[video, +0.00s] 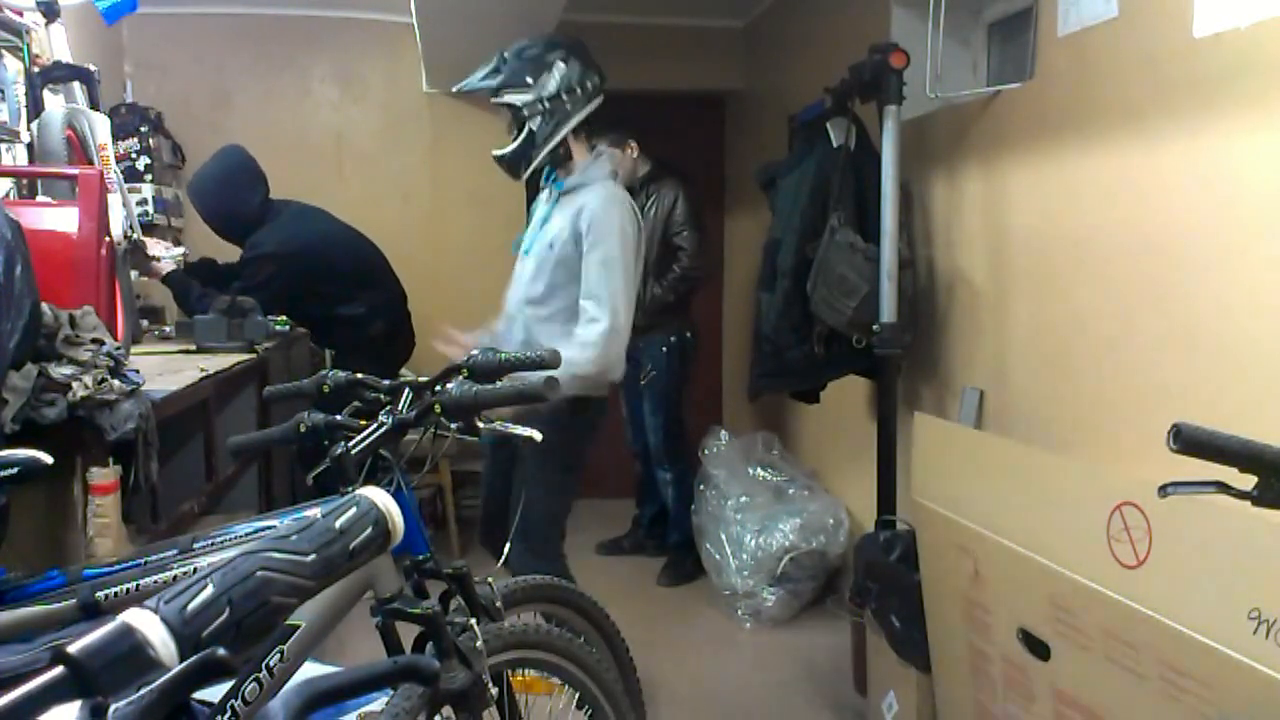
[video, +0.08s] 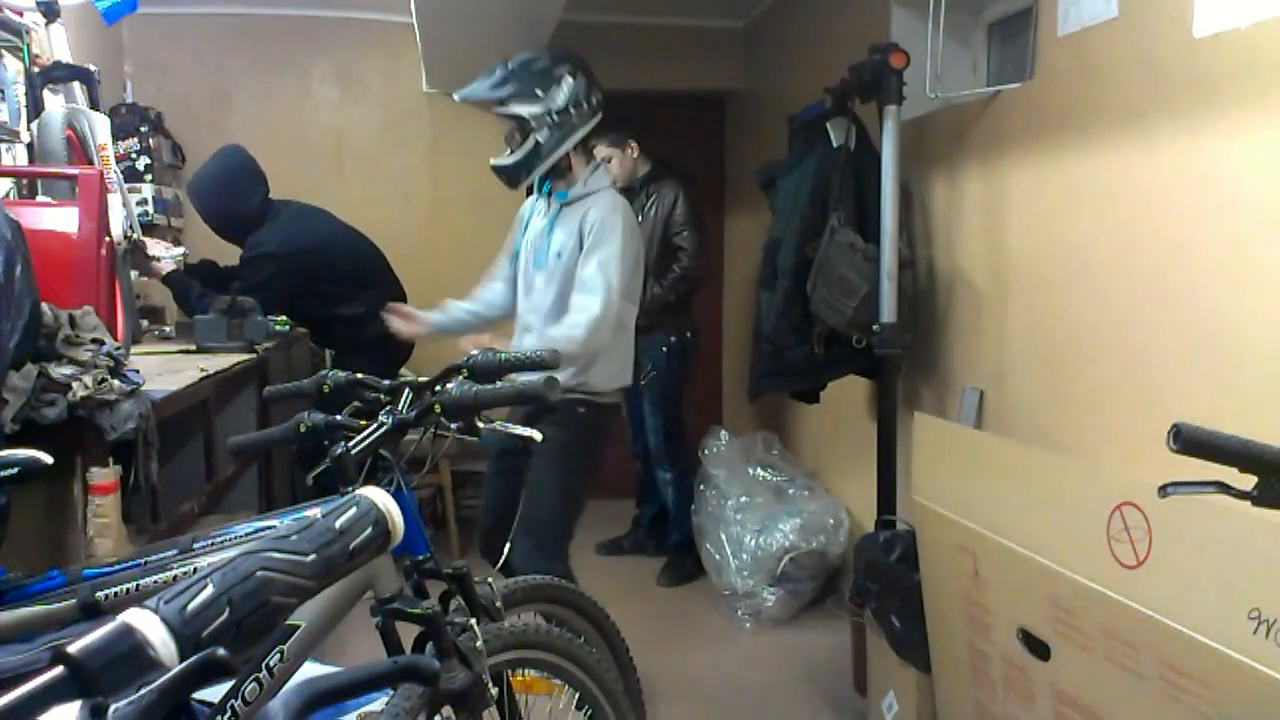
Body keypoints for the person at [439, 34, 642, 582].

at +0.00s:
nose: (509, 134)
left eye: (518, 117)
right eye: (510, 117)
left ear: (555, 116)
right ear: (557, 118)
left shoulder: (605, 204)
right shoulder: (553, 197)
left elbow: (603, 351)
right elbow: (525, 313)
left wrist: (509, 373)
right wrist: (479, 342)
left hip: (562, 402)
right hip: (515, 395)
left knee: (531, 551)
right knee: (500, 537)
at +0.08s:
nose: (508, 143)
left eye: (518, 129)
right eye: (508, 129)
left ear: (557, 128)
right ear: (554, 128)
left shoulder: (607, 212)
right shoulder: (534, 208)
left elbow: (592, 325)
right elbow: (498, 297)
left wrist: (514, 365)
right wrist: (429, 320)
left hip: (579, 400)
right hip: (526, 394)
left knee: (535, 553)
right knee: (496, 540)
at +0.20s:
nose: (509, 142)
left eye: (520, 129)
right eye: (507, 129)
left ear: (560, 127)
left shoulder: (610, 206)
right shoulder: (526, 206)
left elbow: (618, 322)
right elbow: (487, 307)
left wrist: (572, 380)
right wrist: (429, 342)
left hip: (576, 397)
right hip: (515, 393)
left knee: (567, 544)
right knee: (511, 537)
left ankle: (614, 683)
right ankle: (566, 642)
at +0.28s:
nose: (511, 136)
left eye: (524, 121)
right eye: (506, 123)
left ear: (566, 118)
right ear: (506, 121)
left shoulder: (615, 198)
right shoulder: (518, 202)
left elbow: (641, 302)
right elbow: (508, 298)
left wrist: (627, 388)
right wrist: (490, 372)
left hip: (578, 383)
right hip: (513, 383)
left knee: (584, 541)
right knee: (526, 537)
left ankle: (621, 697)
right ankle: (573, 649)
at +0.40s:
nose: (520, 125)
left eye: (535, 112)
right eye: (513, 112)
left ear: (574, 114)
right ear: (505, 116)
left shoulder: (616, 196)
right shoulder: (506, 207)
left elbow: (653, 295)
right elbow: (487, 309)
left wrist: (642, 362)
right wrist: (443, 360)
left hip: (596, 386)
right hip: (525, 389)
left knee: (584, 533)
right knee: (524, 540)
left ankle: (628, 686)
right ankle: (573, 647)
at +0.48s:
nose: (528, 132)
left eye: (544, 118)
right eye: (518, 119)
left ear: (580, 122)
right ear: (506, 123)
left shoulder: (618, 204)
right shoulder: (506, 213)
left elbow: (655, 293)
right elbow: (461, 302)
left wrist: (635, 334)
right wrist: (401, 344)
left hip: (605, 393)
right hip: (536, 397)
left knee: (589, 535)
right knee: (519, 544)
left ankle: (633, 687)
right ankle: (578, 651)